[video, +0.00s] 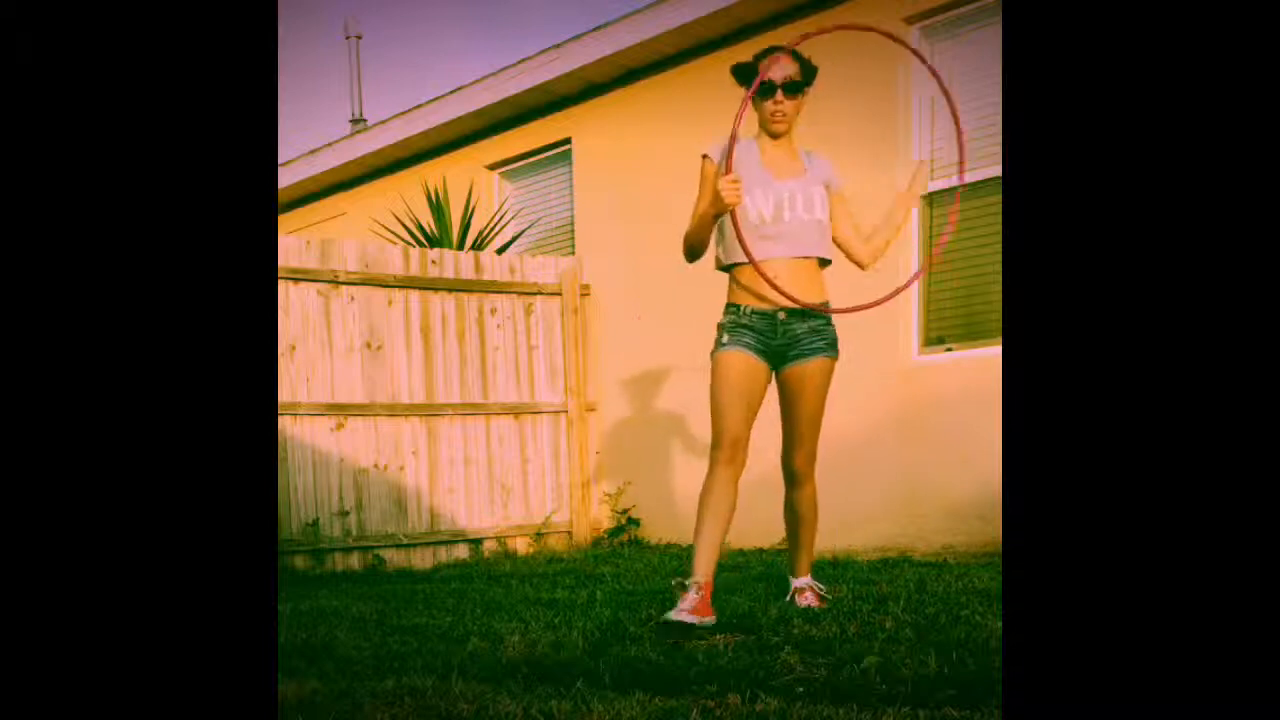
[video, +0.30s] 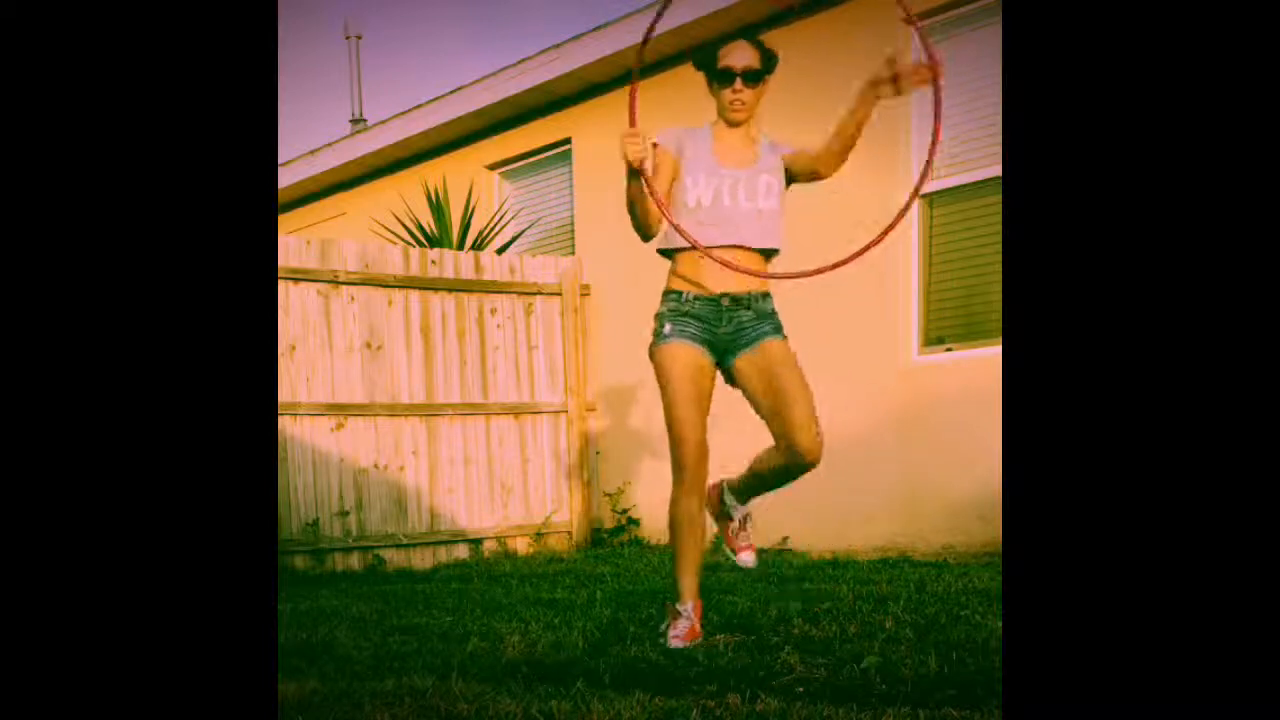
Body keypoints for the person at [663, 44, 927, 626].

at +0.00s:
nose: (779, 100)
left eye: (790, 89)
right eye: (767, 89)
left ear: (805, 98)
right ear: (751, 96)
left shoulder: (820, 171)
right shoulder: (725, 160)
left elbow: (865, 254)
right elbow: (692, 251)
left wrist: (912, 190)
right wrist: (711, 210)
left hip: (810, 326)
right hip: (743, 324)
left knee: (800, 467)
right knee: (726, 451)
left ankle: (803, 581)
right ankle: (699, 591)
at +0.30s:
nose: (739, 89)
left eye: (751, 78)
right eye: (727, 78)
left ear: (767, 85)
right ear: (710, 84)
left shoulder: (773, 156)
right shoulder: (677, 147)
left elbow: (826, 161)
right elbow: (647, 228)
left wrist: (872, 91)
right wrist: (636, 173)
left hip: (752, 316)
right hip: (684, 314)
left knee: (803, 450)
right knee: (690, 463)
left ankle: (728, 499)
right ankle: (686, 607)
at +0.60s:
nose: (727, 88)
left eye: (734, 76)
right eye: (710, 77)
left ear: (745, 84)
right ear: (688, 90)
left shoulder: (761, 152)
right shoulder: (660, 154)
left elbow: (801, 91)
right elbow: (666, 218)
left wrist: (734, 34)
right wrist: (707, 145)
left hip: (748, 317)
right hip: (679, 334)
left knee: (837, 344)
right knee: (677, 479)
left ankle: (816, 483)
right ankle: (689, 609)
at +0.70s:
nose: (712, 77)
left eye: (724, 65)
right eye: (700, 67)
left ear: (745, 76)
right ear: (685, 79)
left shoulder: (761, 141)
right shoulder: (664, 149)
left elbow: (800, 63)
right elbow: (673, 222)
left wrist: (751, 19)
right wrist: (730, 159)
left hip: (756, 316)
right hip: (685, 332)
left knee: (844, 380)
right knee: (681, 480)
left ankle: (897, 535)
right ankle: (689, 610)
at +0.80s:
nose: (718, 68)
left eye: (732, 58)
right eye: (707, 59)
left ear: (753, 74)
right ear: (695, 76)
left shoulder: (774, 128)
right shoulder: (672, 148)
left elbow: (817, 37)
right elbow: (670, 231)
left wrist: (761, 6)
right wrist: (736, 190)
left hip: (771, 313)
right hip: (698, 328)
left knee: (851, 427)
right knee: (682, 476)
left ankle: (948, 573)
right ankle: (691, 608)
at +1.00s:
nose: (764, 60)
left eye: (777, 48)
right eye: (751, 53)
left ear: (801, 57)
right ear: (739, 70)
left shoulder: (830, 121)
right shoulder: (721, 144)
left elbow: (913, 55)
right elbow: (652, 226)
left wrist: (854, 39)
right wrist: (692, 235)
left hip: (822, 314)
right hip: (745, 324)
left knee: (884, 456)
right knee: (715, 478)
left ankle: (943, 602)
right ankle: (695, 606)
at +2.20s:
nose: (661, 137)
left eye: (668, 123)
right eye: (656, 125)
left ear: (709, 107)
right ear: (673, 119)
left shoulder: (764, 137)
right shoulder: (682, 180)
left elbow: (728, 43)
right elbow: (642, 267)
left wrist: (631, 57)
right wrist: (571, 326)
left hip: (778, 334)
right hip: (714, 352)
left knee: (861, 473)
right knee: (631, 471)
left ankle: (962, 600)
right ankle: (670, 618)